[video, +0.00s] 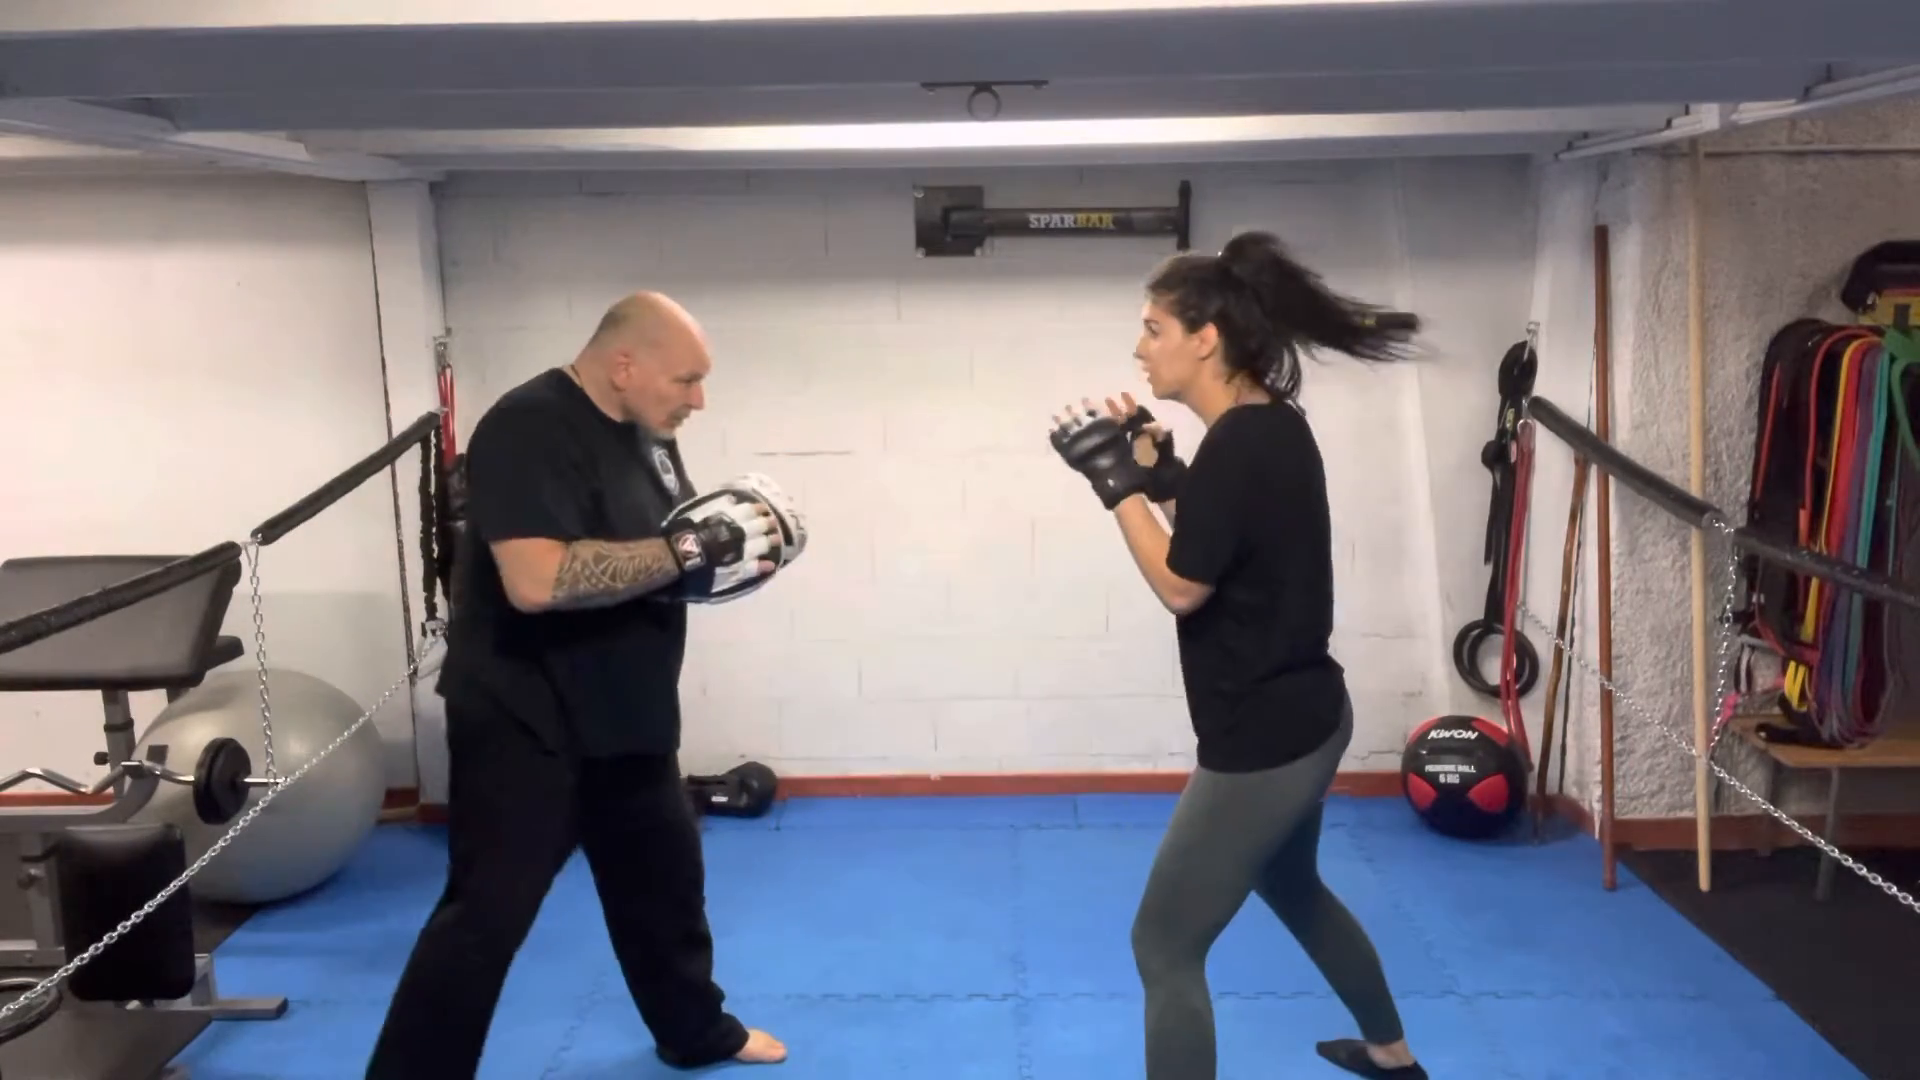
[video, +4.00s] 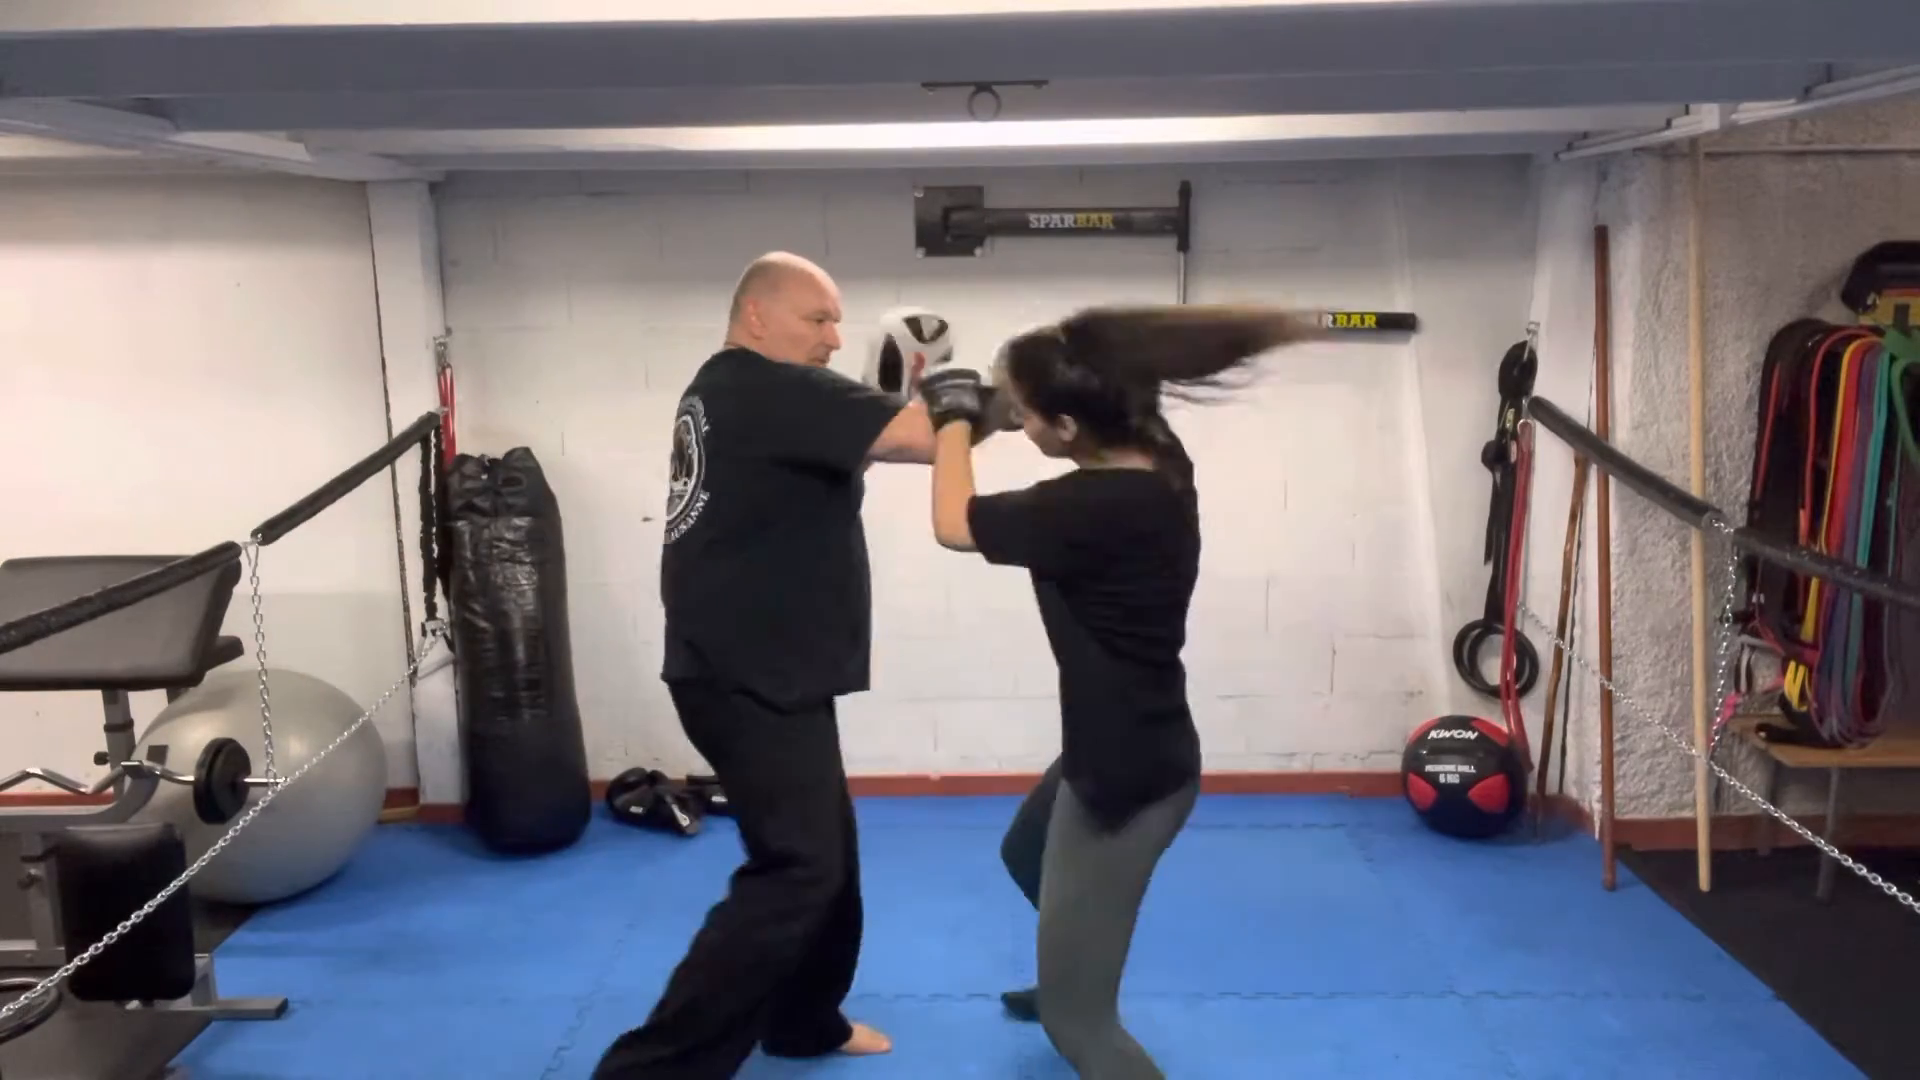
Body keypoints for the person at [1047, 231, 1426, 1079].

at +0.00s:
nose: (1140, 349)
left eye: (1152, 330)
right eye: (1143, 330)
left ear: (1206, 340)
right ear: (1208, 340)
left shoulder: (1239, 444)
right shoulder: (1276, 428)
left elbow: (1180, 586)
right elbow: (1234, 552)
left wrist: (1116, 485)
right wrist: (1167, 473)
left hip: (1259, 746)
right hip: (1308, 722)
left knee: (1165, 945)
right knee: (1292, 885)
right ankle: (1390, 1048)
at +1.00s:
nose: (1062, 422)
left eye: (1064, 406)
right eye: (1061, 406)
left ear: (1090, 403)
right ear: (1166, 391)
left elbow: (920, 467)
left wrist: (830, 423)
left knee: (1002, 979)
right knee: (1236, 900)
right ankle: (1318, 1063)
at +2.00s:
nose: (1049, 428)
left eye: (1058, 411)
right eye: (1048, 409)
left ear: (1107, 411)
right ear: (1143, 395)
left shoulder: (1185, 488)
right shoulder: (1209, 466)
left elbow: (1146, 645)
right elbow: (1189, 603)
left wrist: (1033, 557)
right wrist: (1098, 541)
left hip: (1215, 801)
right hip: (1248, 776)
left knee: (1106, 1006)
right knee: (1200, 916)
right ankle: (1299, 1059)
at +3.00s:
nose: (1008, 513)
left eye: (1009, 499)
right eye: (999, 504)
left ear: (1035, 471)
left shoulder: (1120, 477)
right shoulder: (1082, 475)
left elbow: (1033, 599)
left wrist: (968, 515)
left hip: (1217, 757)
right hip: (1153, 745)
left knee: (1170, 991)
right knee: (1087, 862)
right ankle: (1160, 997)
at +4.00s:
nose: (1021, 424)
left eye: (1025, 413)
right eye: (1018, 411)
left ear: (1067, 425)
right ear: (1114, 402)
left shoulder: (1095, 506)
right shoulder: (1156, 466)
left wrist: (955, 423)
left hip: (1127, 779)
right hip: (1122, 751)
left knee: (1077, 1017)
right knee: (1027, 854)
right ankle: (1076, 988)